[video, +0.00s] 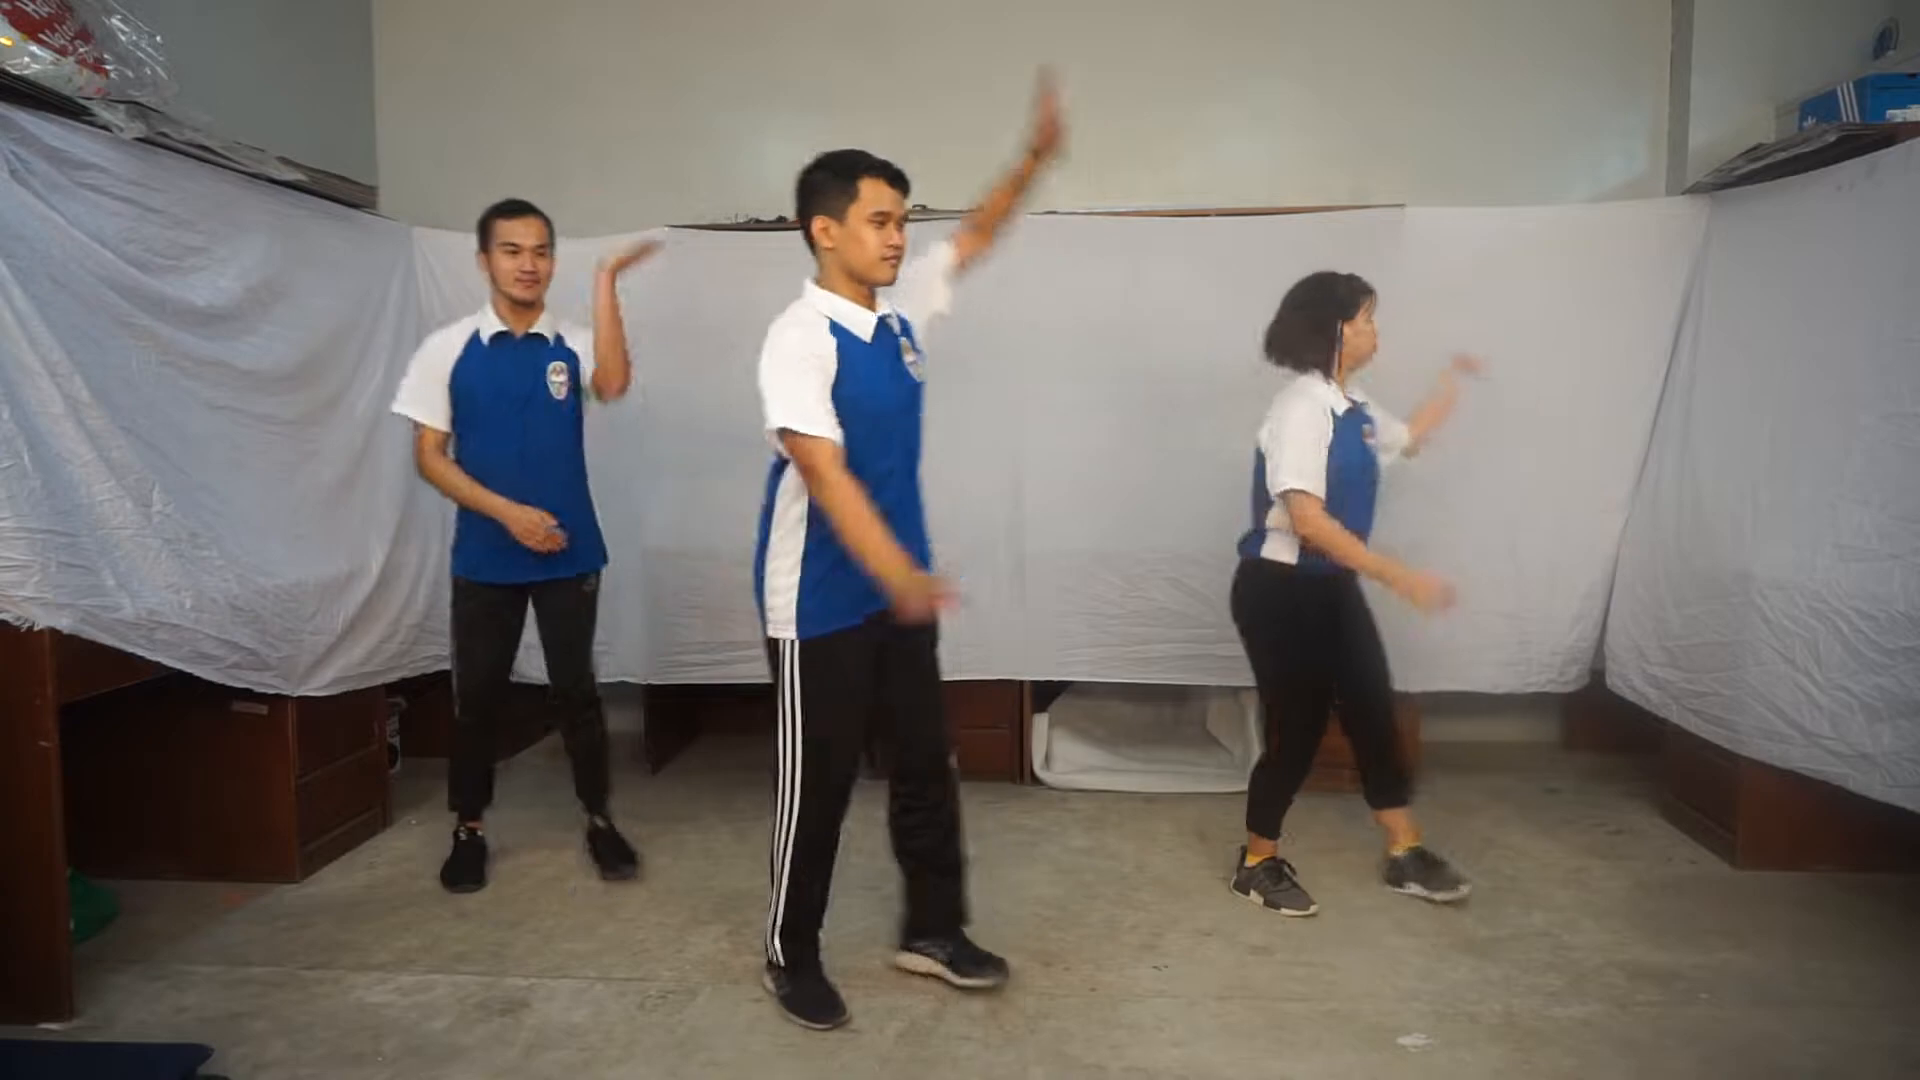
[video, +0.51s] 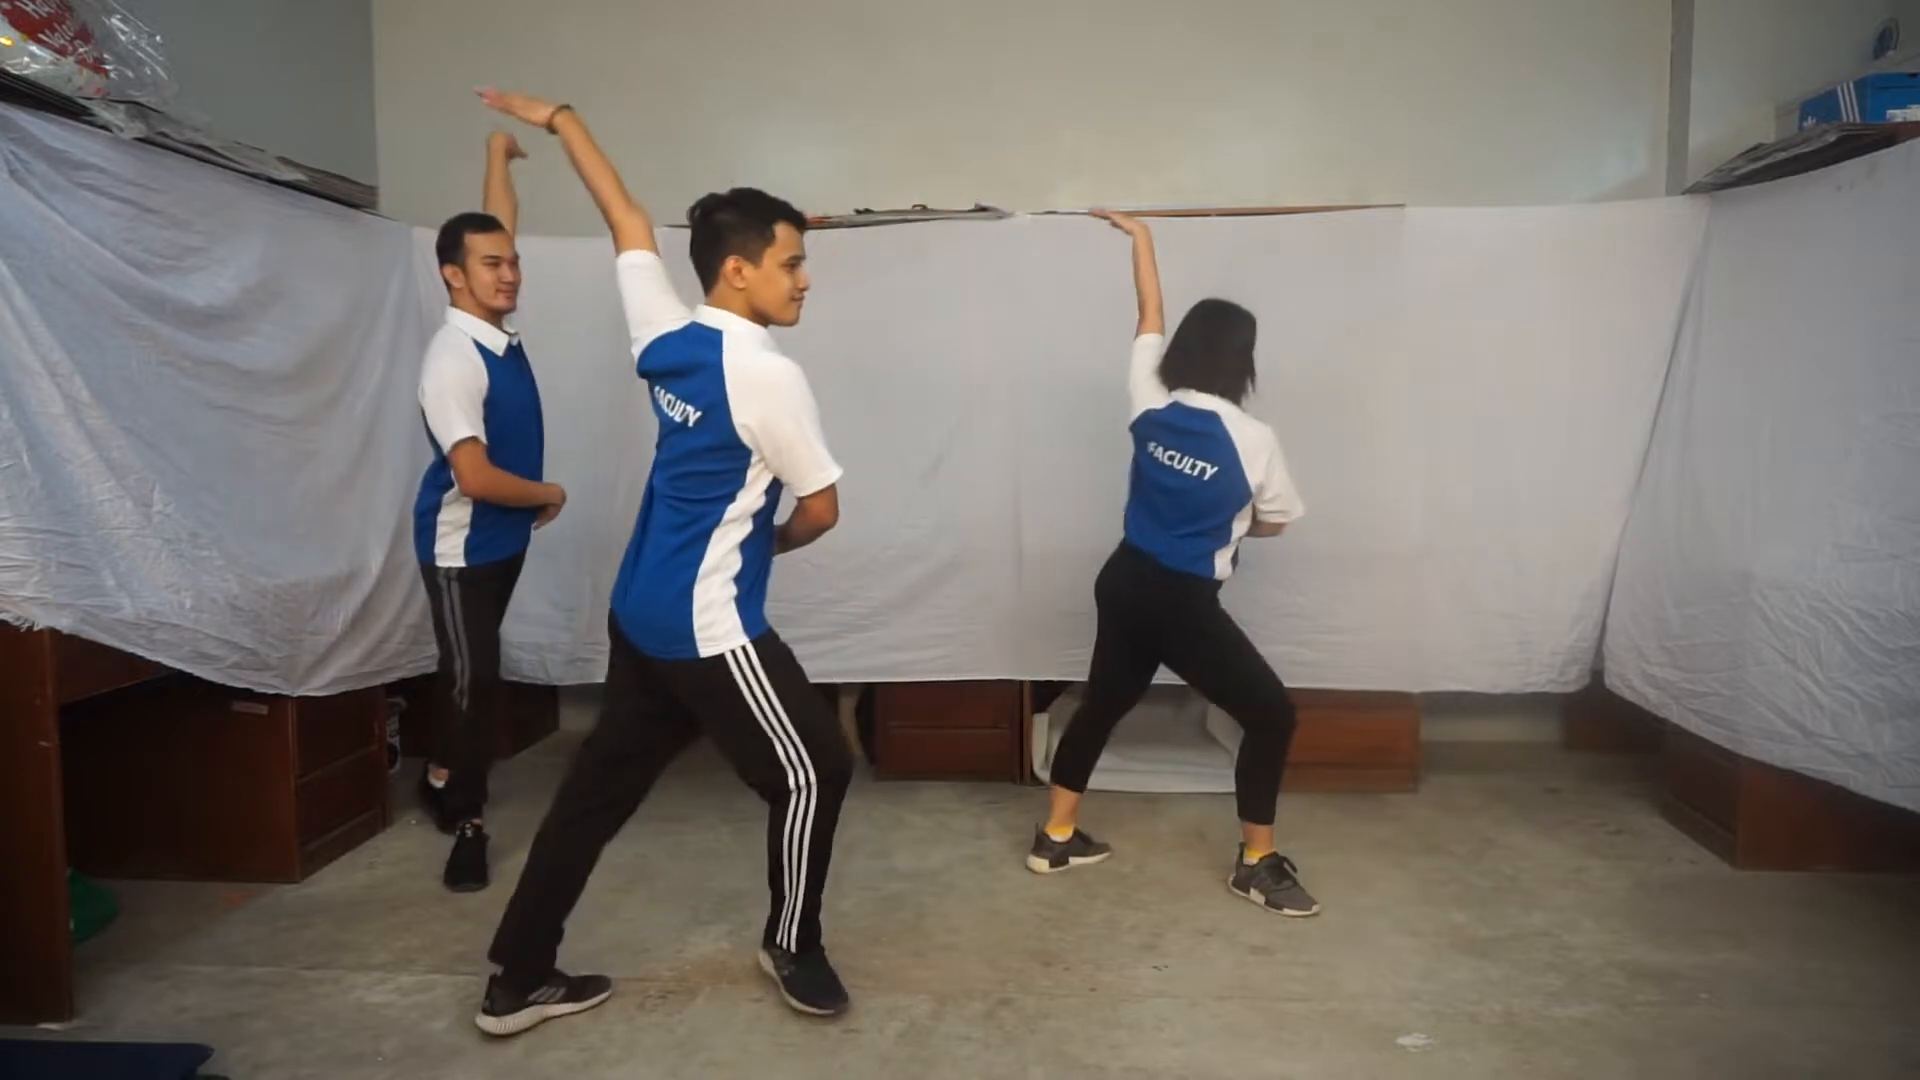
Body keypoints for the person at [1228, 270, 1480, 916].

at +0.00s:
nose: (1377, 332)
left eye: (1374, 320)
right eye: (1369, 320)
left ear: (1337, 329)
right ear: (1338, 329)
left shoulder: (1351, 403)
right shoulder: (1301, 403)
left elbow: (1407, 439)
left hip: (1333, 583)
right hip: (1280, 586)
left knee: (1372, 709)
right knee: (1295, 728)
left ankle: (1404, 850)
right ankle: (1259, 859)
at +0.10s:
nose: (1341, 337)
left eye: (1342, 324)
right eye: (1336, 325)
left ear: (1274, 319)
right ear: (1316, 327)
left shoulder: (1261, 383)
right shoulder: (1303, 401)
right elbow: (1324, 514)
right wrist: (1365, 548)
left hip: (1251, 571)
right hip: (1262, 581)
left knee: (1317, 699)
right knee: (1279, 713)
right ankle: (1254, 859)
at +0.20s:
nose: (1315, 334)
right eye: (1311, 323)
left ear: (1243, 324)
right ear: (1302, 331)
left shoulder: (1222, 387)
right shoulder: (1293, 403)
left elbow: (1239, 328)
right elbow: (1325, 516)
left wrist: (1262, 273)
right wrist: (1292, 498)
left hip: (1208, 570)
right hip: (1252, 582)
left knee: (1241, 702)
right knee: (1274, 714)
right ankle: (1255, 859)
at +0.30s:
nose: (1293, 334)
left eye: (1285, 320)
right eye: (1289, 323)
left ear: (1219, 329)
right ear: (1280, 334)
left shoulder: (1189, 386)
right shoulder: (1282, 410)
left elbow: (1177, 310)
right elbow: (1311, 513)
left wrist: (1188, 244)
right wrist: (1264, 506)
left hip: (1175, 574)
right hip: (1228, 587)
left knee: (1167, 693)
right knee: (1278, 717)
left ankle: (1085, 811)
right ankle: (1257, 859)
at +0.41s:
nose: (1269, 346)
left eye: (1258, 334)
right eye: (1266, 337)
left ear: (1196, 338)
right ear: (1258, 347)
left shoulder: (1168, 392)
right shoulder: (1266, 425)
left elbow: (1162, 307)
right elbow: (1288, 516)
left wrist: (1145, 234)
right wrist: (1237, 507)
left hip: (1142, 577)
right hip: (1201, 596)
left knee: (1122, 692)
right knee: (1277, 717)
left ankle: (1064, 820)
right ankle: (1257, 860)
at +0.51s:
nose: (1253, 360)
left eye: (1244, 346)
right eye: (1249, 349)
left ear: (1181, 345)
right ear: (1240, 360)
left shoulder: (1149, 399)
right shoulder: (1252, 437)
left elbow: (1148, 312)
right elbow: (1273, 521)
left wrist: (1140, 234)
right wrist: (1217, 511)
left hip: (1122, 583)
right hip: (1184, 603)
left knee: (1102, 703)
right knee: (1272, 714)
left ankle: (1056, 834)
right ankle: (1258, 860)